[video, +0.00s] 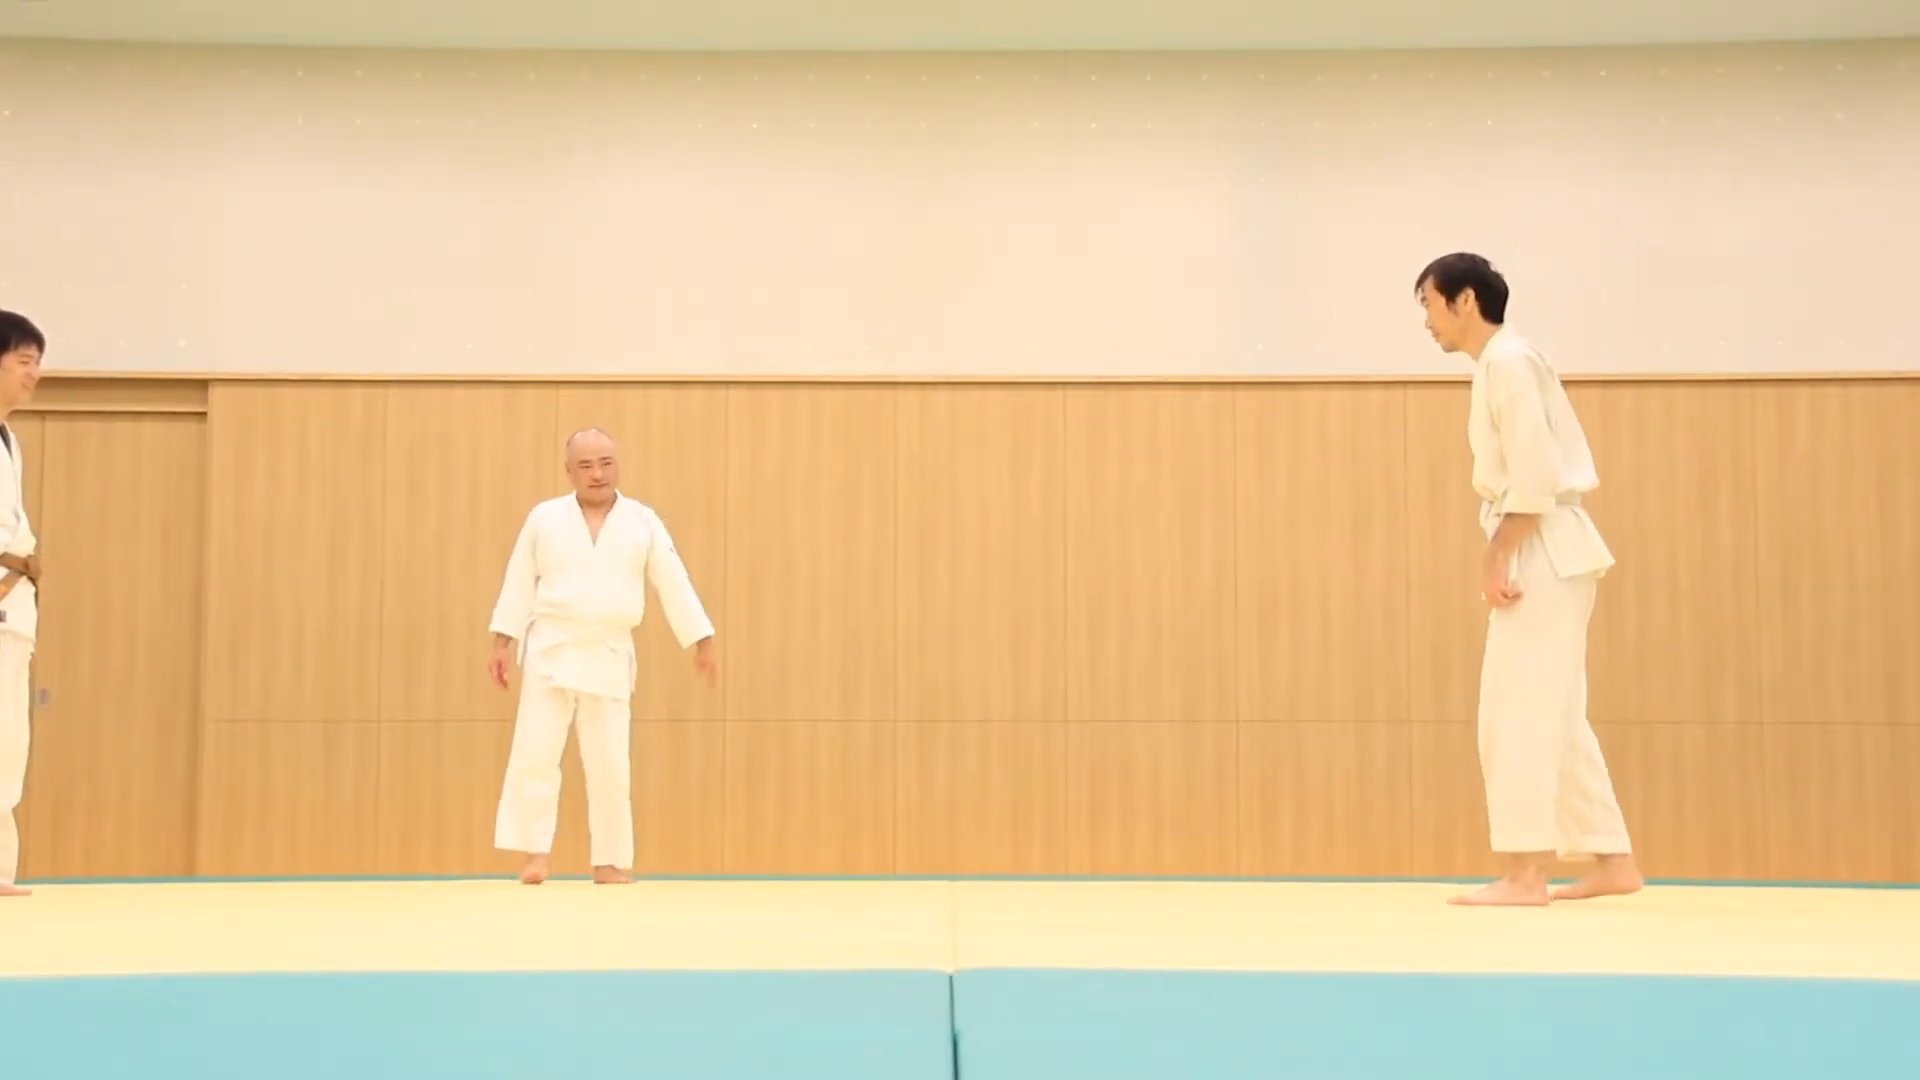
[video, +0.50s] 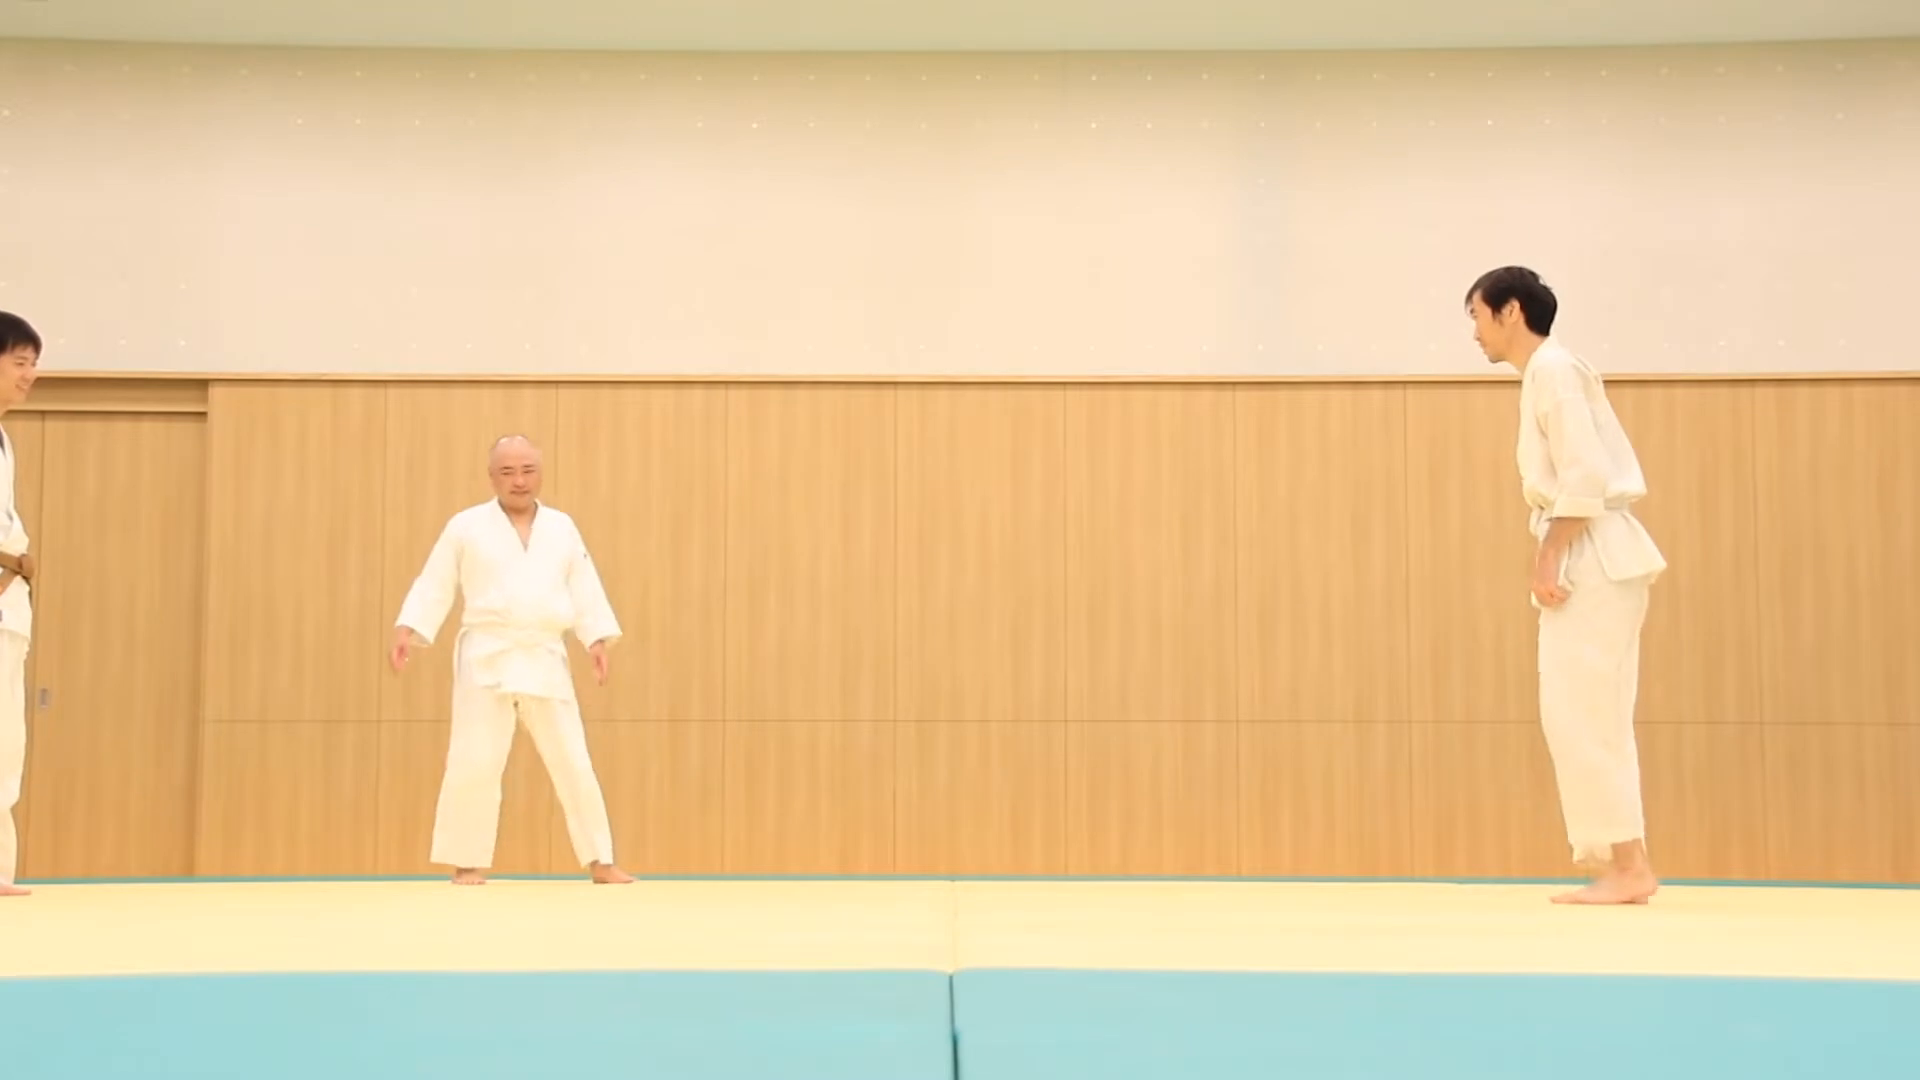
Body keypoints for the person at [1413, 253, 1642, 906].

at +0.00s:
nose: (1426, 322)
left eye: (1431, 307)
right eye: (1424, 309)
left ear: (1468, 303)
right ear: (1469, 304)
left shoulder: (1506, 363)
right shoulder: (1503, 362)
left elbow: (1533, 470)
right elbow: (1536, 468)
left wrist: (1498, 554)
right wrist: (1504, 551)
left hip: (1542, 555)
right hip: (1552, 554)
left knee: (1511, 707)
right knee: (1555, 707)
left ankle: (1525, 876)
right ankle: (1613, 860)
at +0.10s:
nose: (1442, 326)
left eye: (1446, 311)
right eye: (1440, 314)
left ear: (1481, 307)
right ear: (1485, 307)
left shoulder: (1520, 366)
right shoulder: (1517, 367)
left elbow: (1545, 472)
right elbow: (1550, 471)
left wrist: (1511, 556)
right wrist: (1516, 553)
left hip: (1552, 557)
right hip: (1563, 556)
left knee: (1514, 706)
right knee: (1567, 711)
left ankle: (1523, 875)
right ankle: (1619, 870)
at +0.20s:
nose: (1454, 330)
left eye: (1459, 315)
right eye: (1452, 317)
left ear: (1494, 313)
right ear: (1497, 314)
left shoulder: (1534, 371)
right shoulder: (1532, 371)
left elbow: (1561, 475)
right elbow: (1563, 475)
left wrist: (1525, 557)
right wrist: (1531, 557)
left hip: (1568, 557)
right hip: (1578, 556)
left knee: (1526, 707)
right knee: (1585, 712)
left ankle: (1527, 873)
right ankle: (1622, 873)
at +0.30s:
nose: (1463, 334)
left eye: (1467, 319)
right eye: (1461, 321)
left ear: (1501, 314)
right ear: (1506, 314)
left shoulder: (1544, 371)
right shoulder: (1541, 372)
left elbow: (1577, 470)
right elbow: (1575, 471)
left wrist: (1538, 549)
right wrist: (1541, 550)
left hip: (1581, 556)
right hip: (1590, 556)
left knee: (1541, 708)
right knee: (1598, 712)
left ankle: (1545, 868)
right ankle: (1623, 871)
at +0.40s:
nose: (1470, 333)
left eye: (1475, 318)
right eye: (1468, 321)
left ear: (1509, 313)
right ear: (1513, 314)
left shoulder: (1550, 369)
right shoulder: (1547, 372)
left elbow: (1587, 470)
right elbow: (1581, 473)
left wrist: (1546, 546)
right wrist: (1547, 547)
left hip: (1589, 557)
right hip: (1600, 557)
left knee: (1550, 706)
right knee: (1601, 711)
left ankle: (1590, 864)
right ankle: (1624, 872)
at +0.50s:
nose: (1475, 332)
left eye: (1479, 317)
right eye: (1473, 320)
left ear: (1512, 314)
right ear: (1517, 313)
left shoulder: (1551, 371)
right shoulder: (1548, 371)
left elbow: (1584, 471)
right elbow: (1585, 472)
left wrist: (1549, 552)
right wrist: (1552, 552)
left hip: (1594, 558)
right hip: (1594, 558)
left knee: (1579, 709)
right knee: (1588, 709)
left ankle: (1626, 868)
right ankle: (1626, 867)